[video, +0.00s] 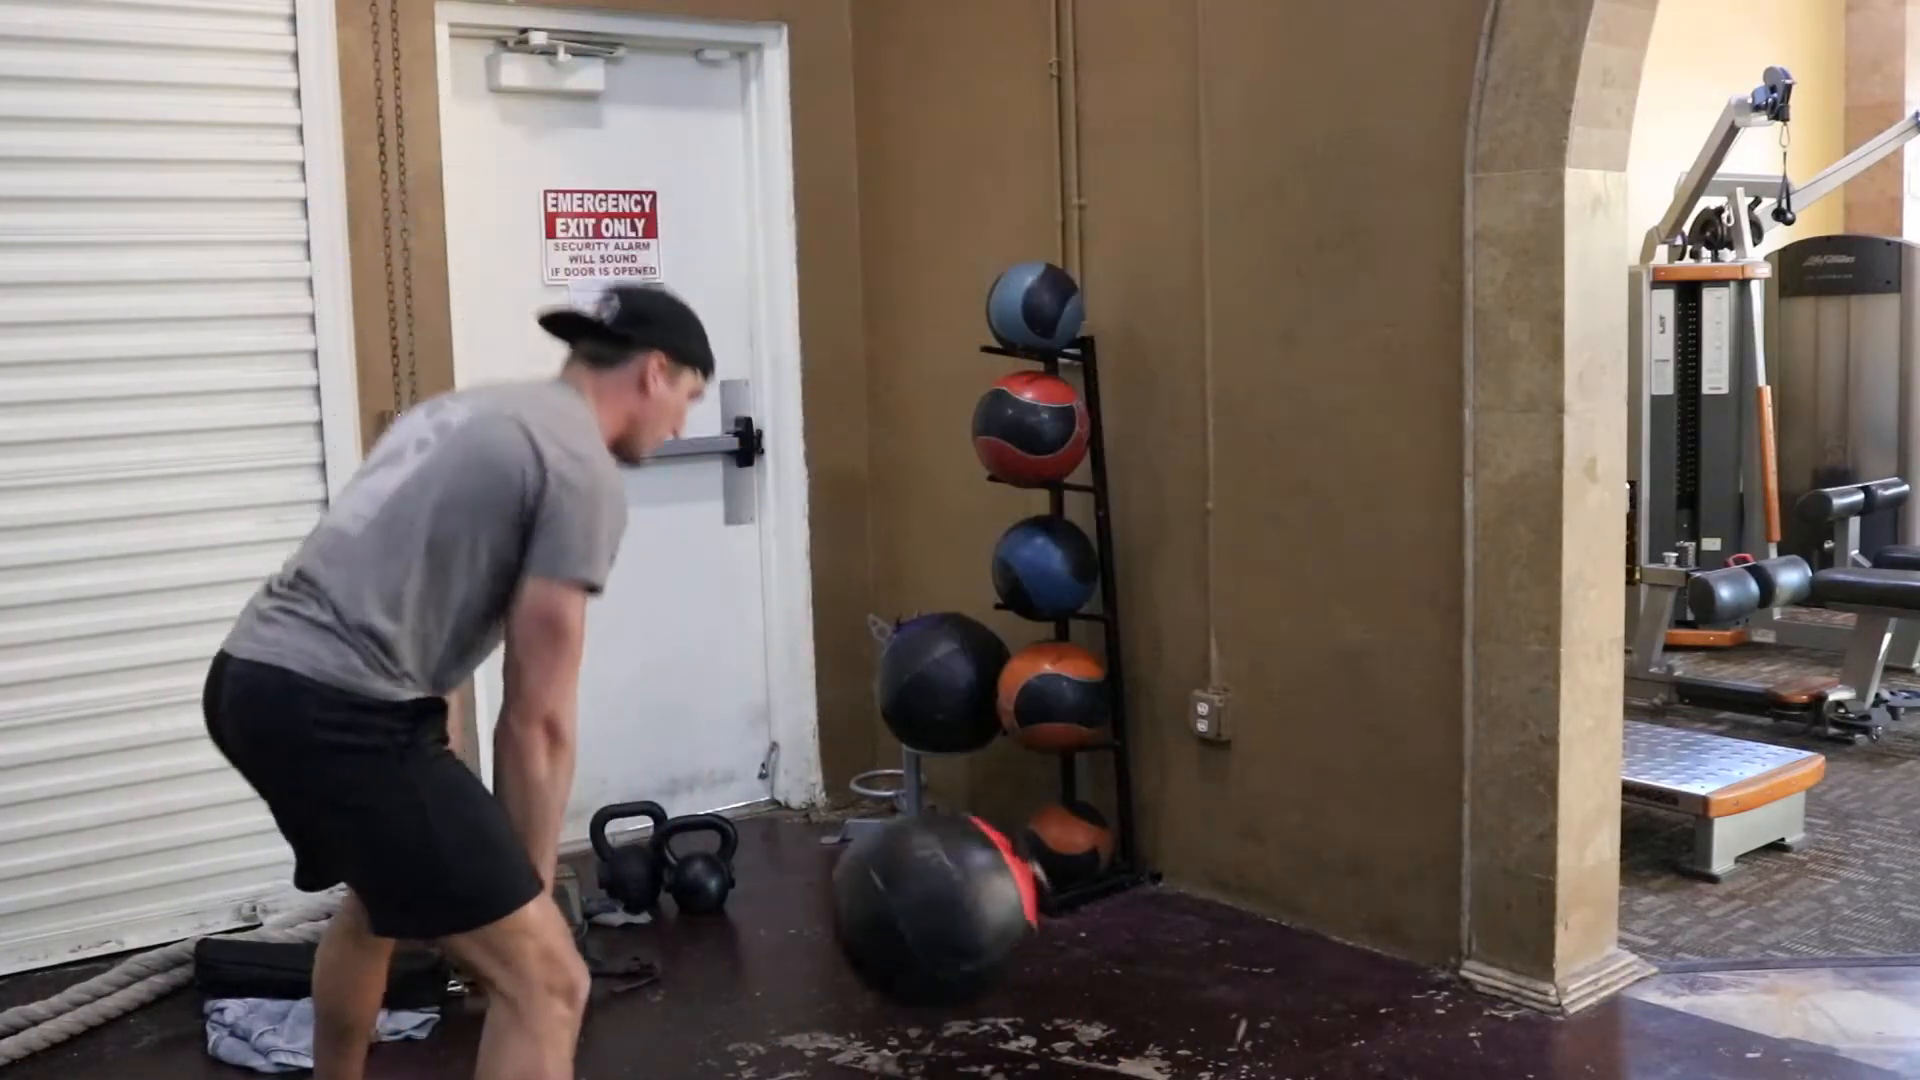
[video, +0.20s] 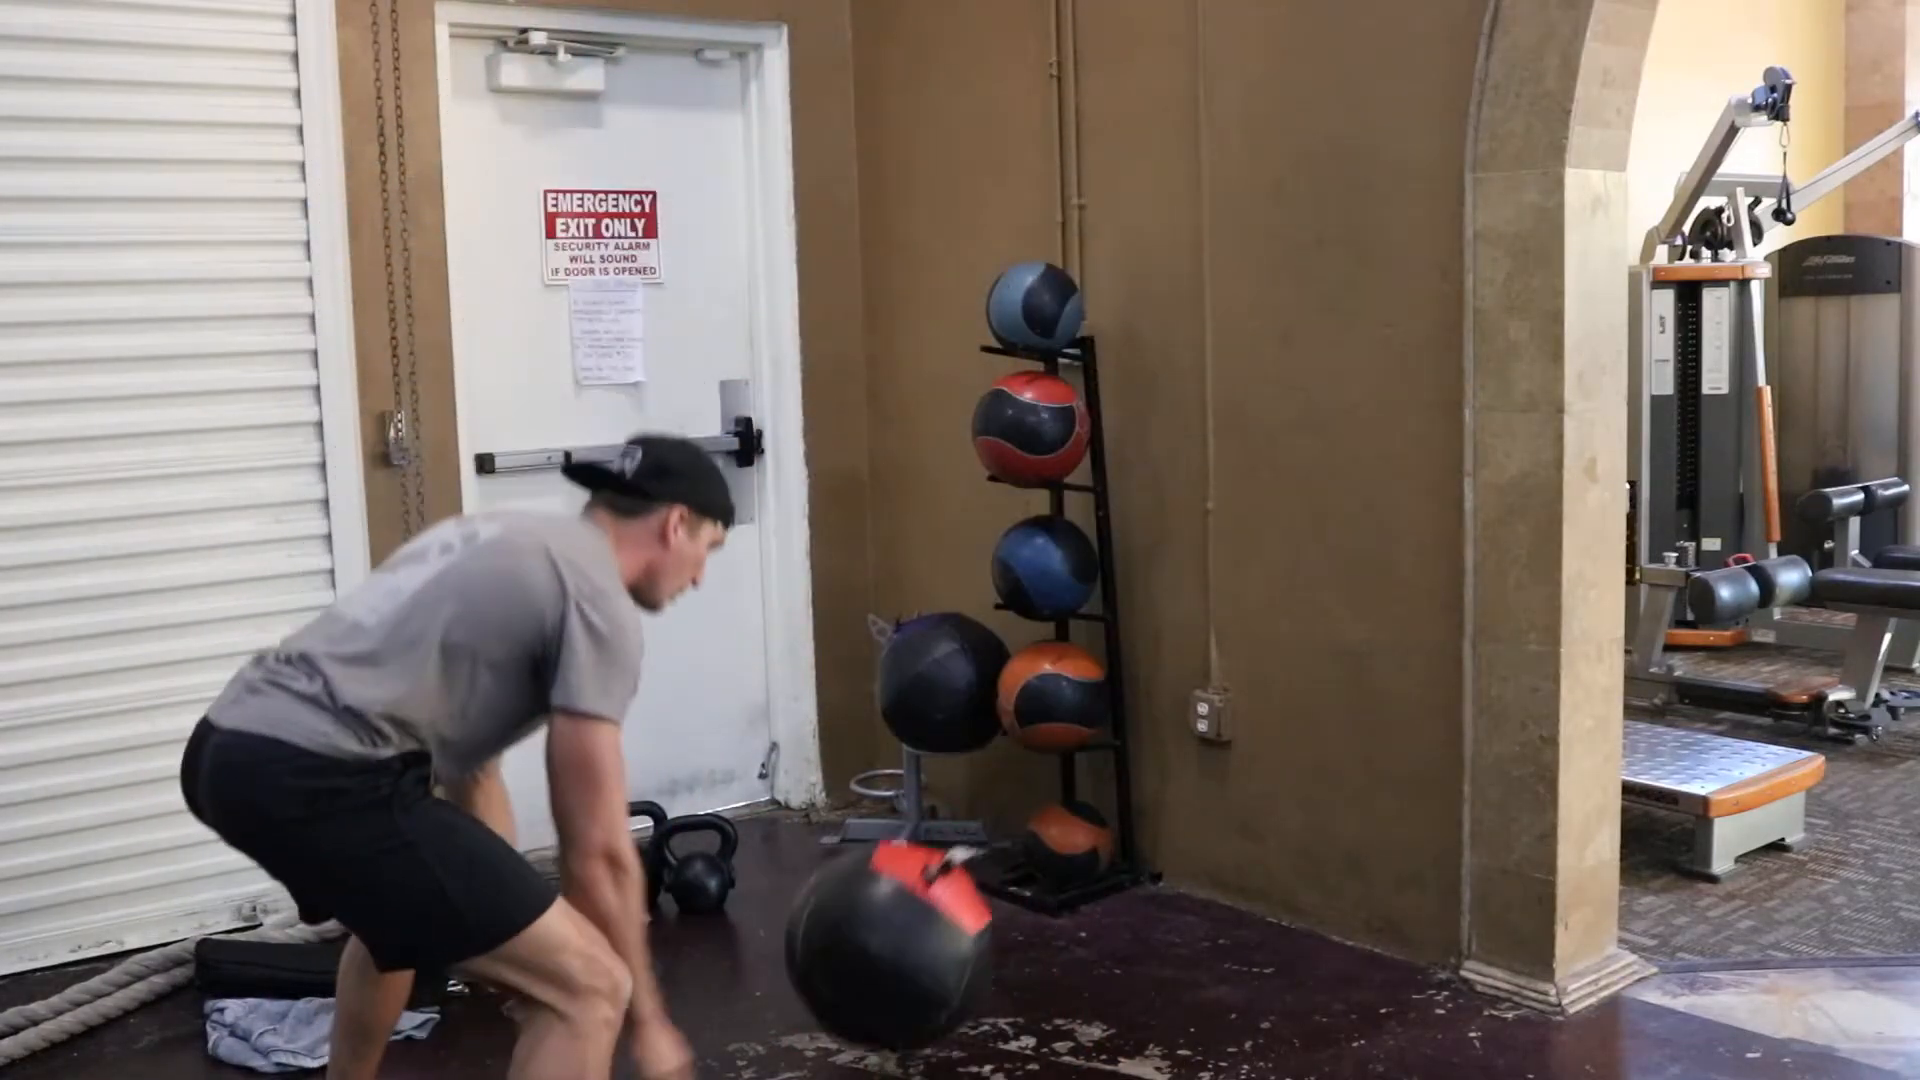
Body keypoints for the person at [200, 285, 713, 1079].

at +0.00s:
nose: (682, 423)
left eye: (692, 402)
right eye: (688, 396)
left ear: (594, 355)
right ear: (652, 371)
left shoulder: (463, 410)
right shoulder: (578, 466)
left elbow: (429, 676)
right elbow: (538, 726)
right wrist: (529, 906)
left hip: (247, 683)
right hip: (339, 708)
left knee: (377, 891)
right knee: (546, 983)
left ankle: (334, 1071)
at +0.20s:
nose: (703, 574)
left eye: (712, 552)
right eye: (710, 547)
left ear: (608, 505)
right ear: (674, 525)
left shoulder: (498, 536)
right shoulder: (595, 599)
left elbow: (470, 775)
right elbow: (598, 856)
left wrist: (502, 948)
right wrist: (649, 1020)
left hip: (226, 751)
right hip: (317, 771)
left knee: (393, 906)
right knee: (592, 988)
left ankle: (346, 1072)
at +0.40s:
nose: (691, 676)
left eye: (702, 656)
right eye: (699, 651)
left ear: (611, 606)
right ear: (664, 627)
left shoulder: (506, 631)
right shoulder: (598, 684)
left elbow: (601, 825)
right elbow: (727, 883)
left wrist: (717, 882)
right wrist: (839, 943)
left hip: (207, 824)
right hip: (295, 844)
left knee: (401, 927)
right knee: (613, 992)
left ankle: (355, 1069)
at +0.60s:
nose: (696, 698)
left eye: (704, 674)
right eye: (702, 671)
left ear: (611, 630)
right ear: (664, 649)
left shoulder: (521, 657)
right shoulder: (618, 714)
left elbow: (612, 866)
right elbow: (699, 917)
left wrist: (750, 947)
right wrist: (804, 980)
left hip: (200, 842)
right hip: (294, 861)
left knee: (396, 922)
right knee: (615, 991)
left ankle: (353, 1071)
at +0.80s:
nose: (715, 678)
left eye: (724, 655)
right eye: (721, 651)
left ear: (623, 607)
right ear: (686, 631)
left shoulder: (531, 630)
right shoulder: (632, 698)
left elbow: (462, 849)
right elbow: (556, 923)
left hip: (213, 804)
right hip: (314, 828)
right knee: (612, 991)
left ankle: (348, 1066)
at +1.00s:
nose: (730, 704)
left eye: (738, 682)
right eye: (735, 678)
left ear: (641, 633)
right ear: (702, 659)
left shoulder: (545, 654)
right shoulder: (630, 728)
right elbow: (531, 944)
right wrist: (492, 1065)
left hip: (225, 804)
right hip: (319, 825)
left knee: (391, 921)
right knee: (621, 998)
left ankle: (353, 1072)